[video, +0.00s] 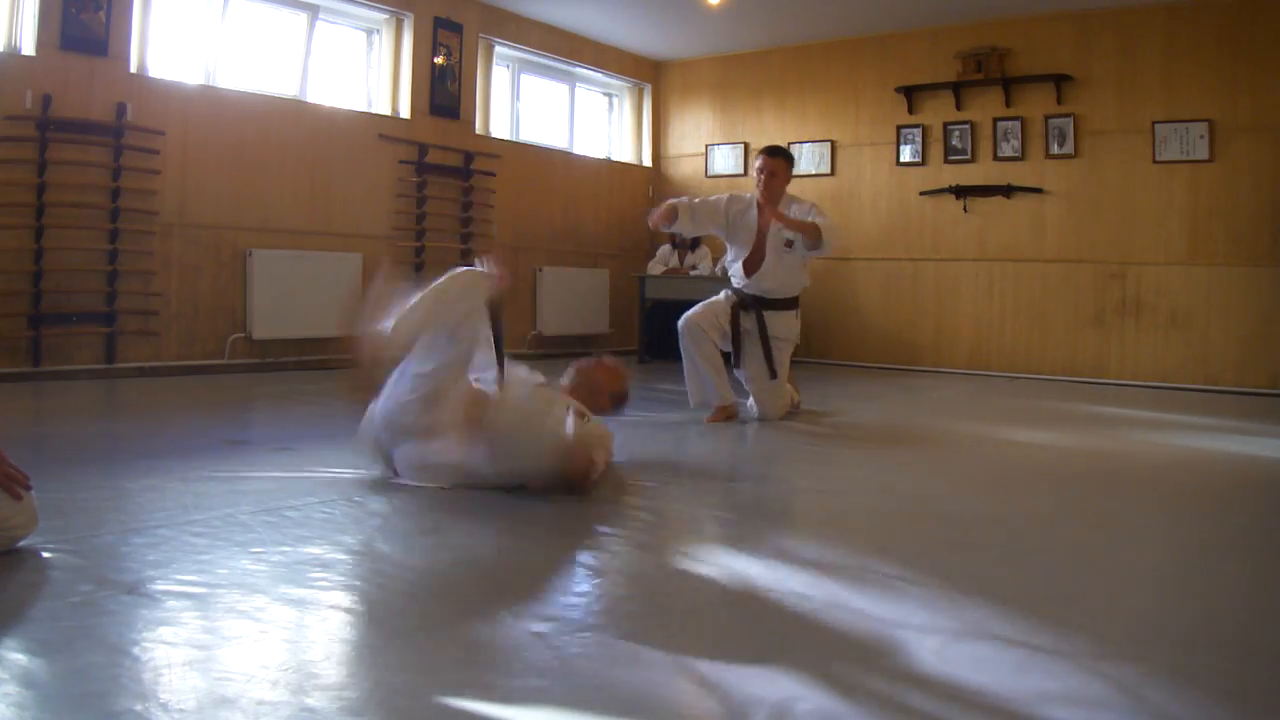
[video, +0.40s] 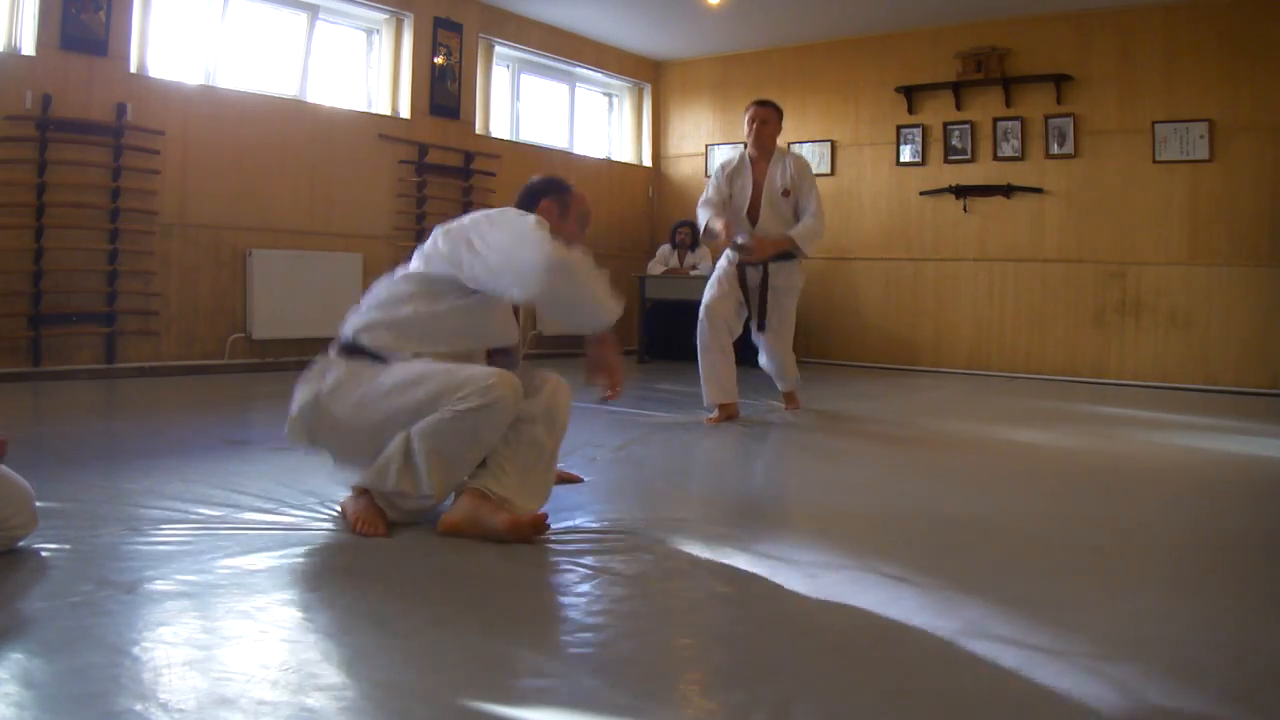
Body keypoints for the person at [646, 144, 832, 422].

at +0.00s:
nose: (763, 179)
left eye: (771, 174)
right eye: (759, 172)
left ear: (787, 179)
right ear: (753, 174)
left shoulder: (803, 212)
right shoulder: (736, 206)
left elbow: (826, 235)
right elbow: (696, 208)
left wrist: (785, 221)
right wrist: (670, 212)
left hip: (777, 313)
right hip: (735, 301)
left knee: (767, 410)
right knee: (692, 324)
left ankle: (789, 393)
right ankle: (724, 404)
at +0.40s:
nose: (756, 127)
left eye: (764, 122)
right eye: (751, 122)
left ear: (779, 130)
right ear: (744, 129)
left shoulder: (795, 167)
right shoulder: (728, 168)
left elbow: (814, 223)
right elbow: (706, 207)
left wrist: (774, 245)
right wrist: (720, 225)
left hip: (780, 263)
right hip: (734, 259)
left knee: (774, 354)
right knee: (711, 316)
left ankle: (788, 389)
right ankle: (726, 402)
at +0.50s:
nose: (760, 110)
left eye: (769, 105)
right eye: (755, 104)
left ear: (782, 112)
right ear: (747, 110)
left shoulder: (799, 149)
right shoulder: (730, 149)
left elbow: (815, 202)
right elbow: (715, 183)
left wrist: (773, 220)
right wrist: (726, 189)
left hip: (786, 248)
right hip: (741, 245)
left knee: (782, 323)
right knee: (721, 317)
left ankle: (783, 386)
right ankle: (726, 402)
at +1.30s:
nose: (782, 93)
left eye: (790, 87)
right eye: (777, 87)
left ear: (804, 94)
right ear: (770, 92)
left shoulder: (817, 130)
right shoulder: (750, 132)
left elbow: (826, 183)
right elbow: (725, 174)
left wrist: (778, 187)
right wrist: (726, 209)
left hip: (801, 229)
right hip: (758, 229)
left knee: (813, 313)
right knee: (759, 307)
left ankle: (816, 391)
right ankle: (747, 389)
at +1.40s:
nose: (775, 97)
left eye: (783, 92)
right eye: (770, 91)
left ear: (795, 100)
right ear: (761, 97)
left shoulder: (806, 131)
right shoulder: (743, 136)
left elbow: (808, 172)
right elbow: (712, 178)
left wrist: (759, 163)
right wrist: (708, 218)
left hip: (794, 231)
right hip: (752, 230)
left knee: (813, 314)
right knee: (759, 297)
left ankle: (813, 390)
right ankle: (736, 383)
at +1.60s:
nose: (741, 103)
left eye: (743, 98)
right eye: (734, 98)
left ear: (744, 103)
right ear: (720, 102)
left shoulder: (756, 138)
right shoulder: (702, 137)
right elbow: (695, 187)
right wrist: (733, 202)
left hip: (756, 236)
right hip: (720, 237)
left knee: (800, 318)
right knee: (733, 325)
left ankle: (814, 389)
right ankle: (705, 403)